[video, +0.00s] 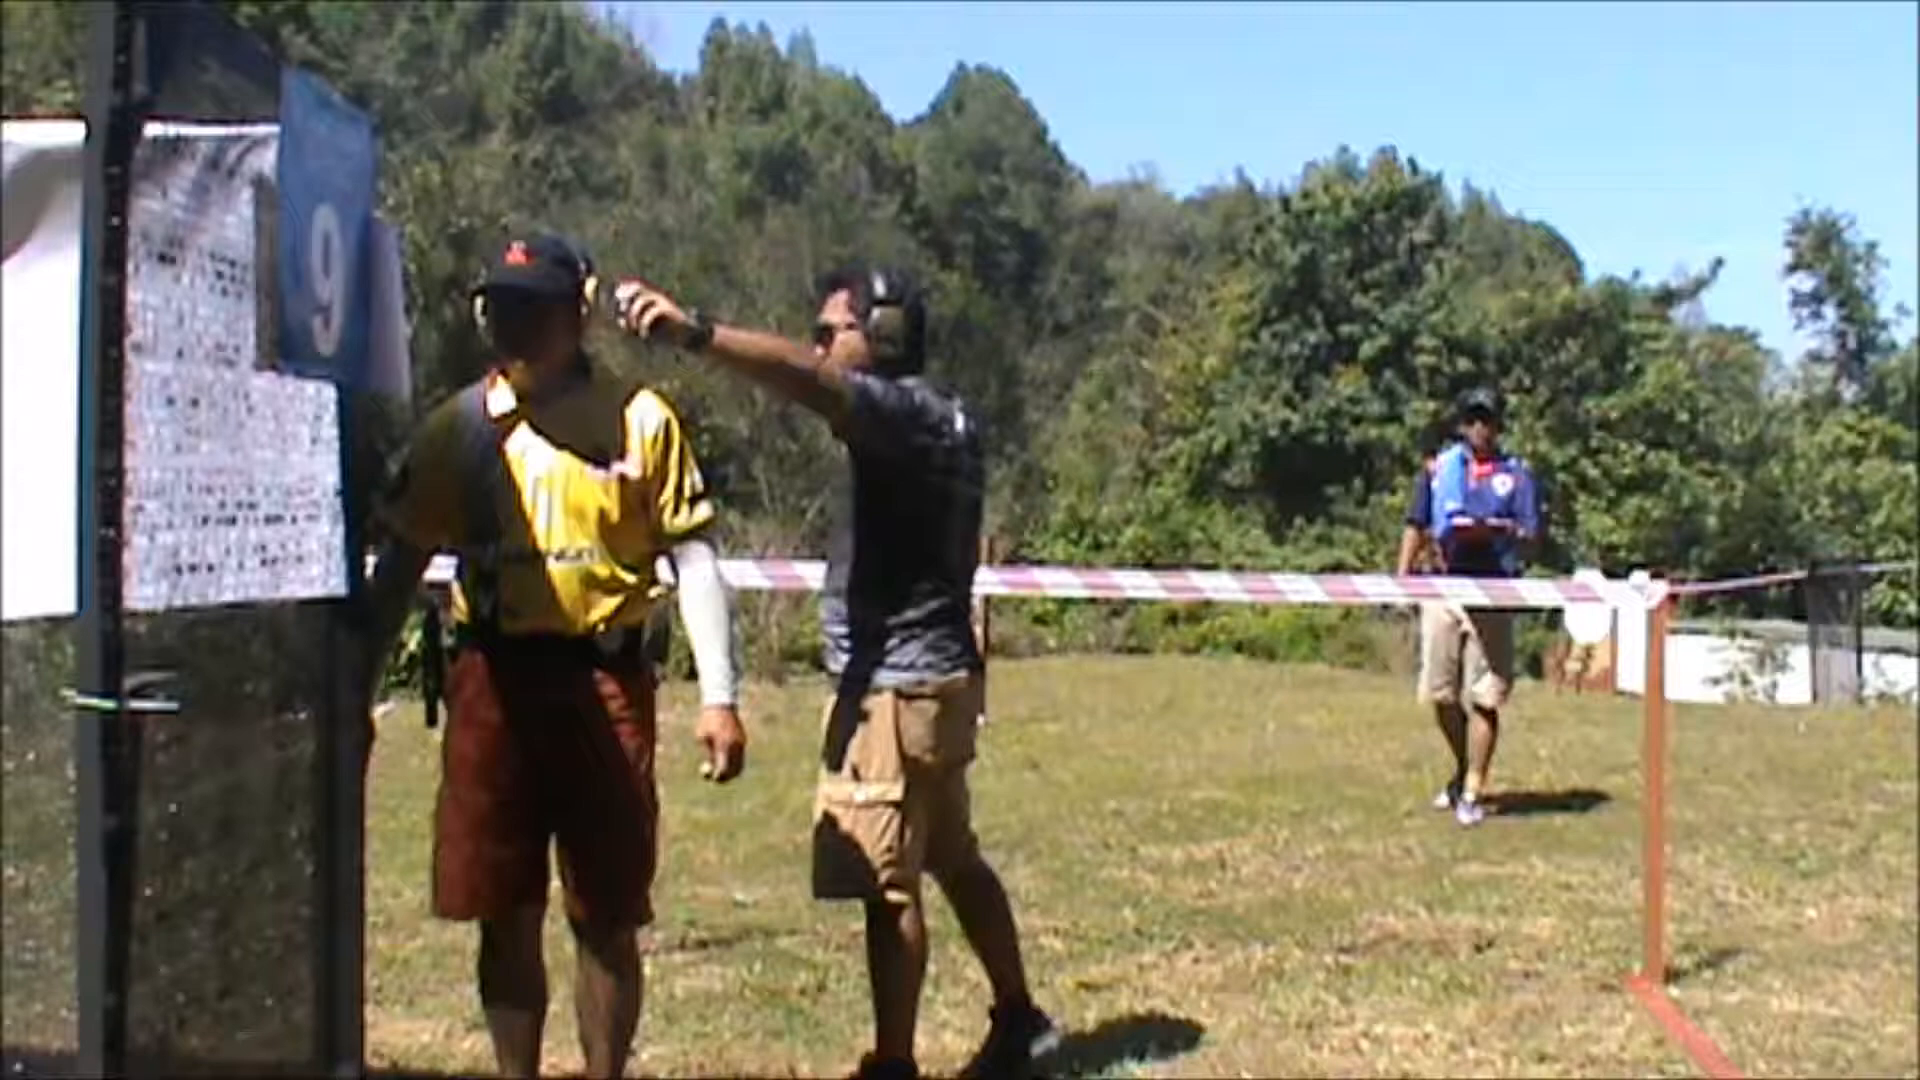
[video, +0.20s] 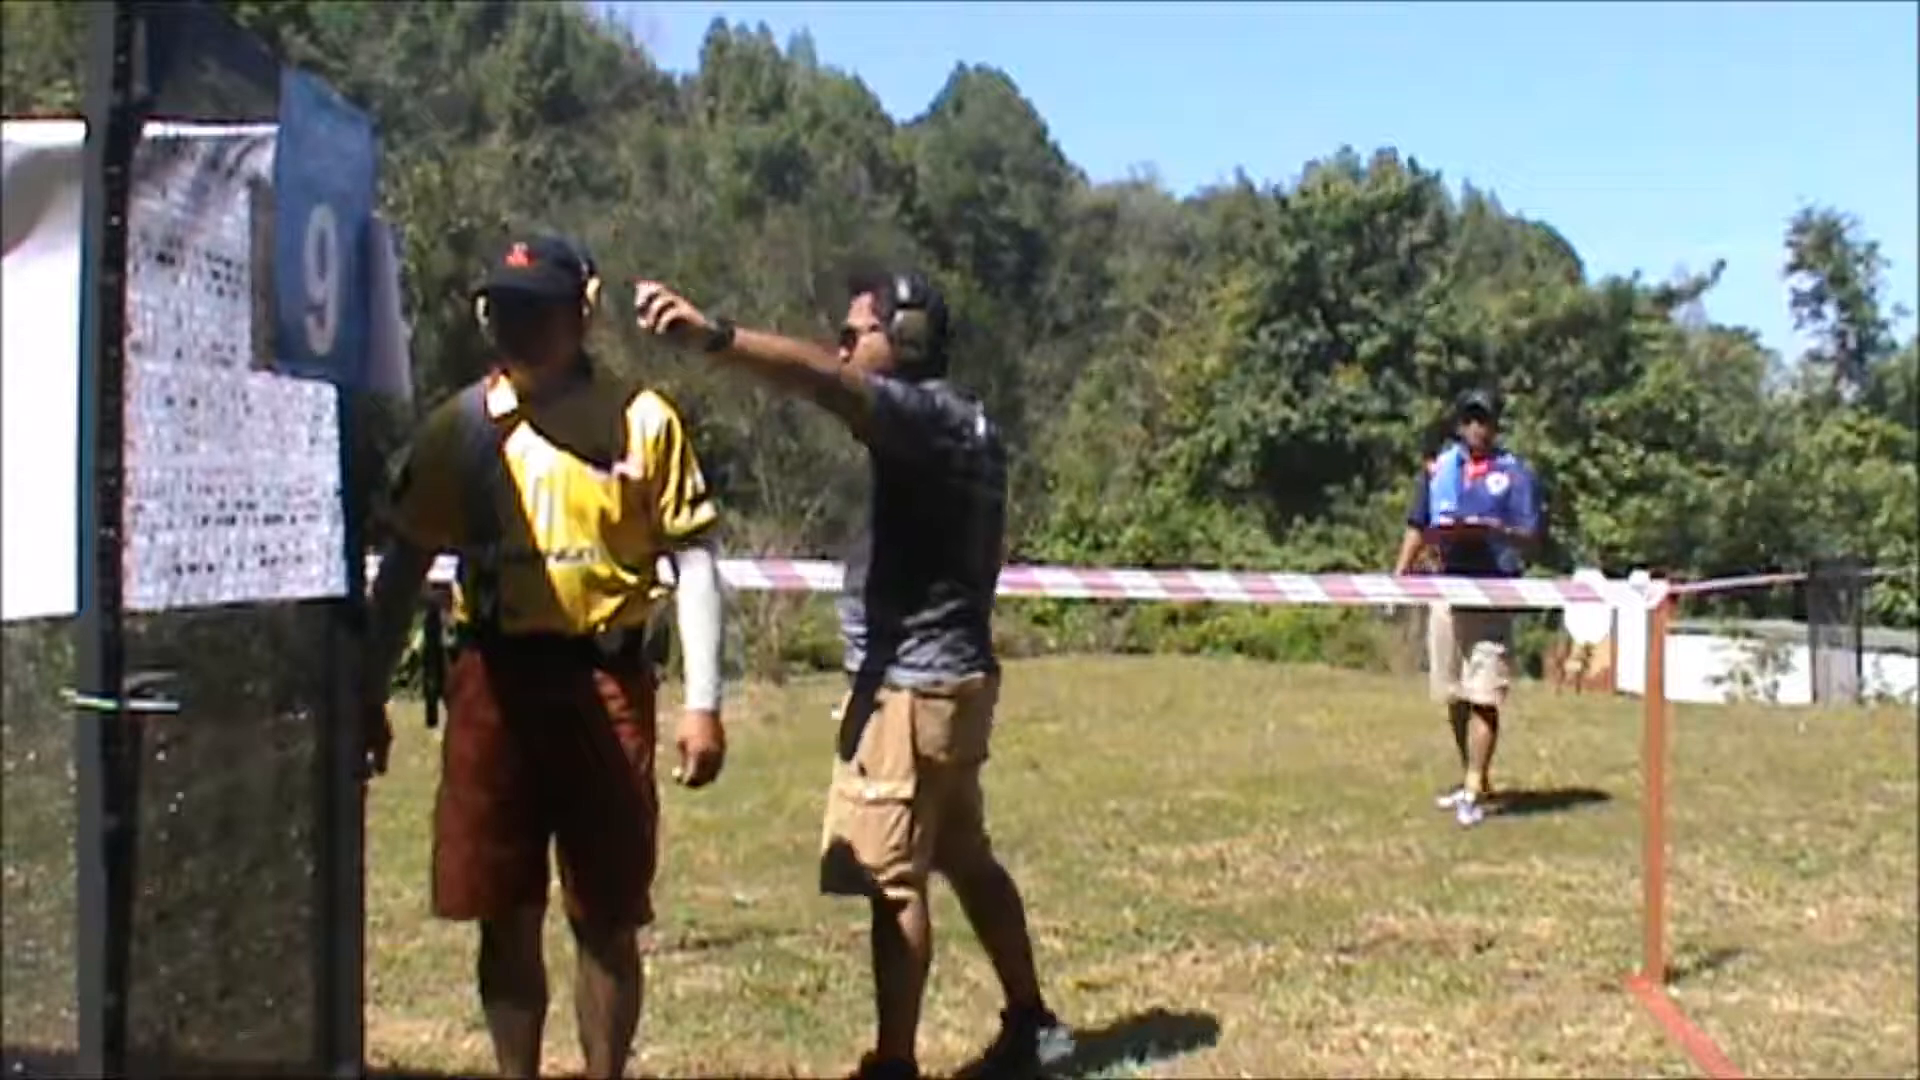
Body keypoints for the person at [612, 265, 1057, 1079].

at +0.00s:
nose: (817, 349)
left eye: (832, 332)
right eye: (819, 333)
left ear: (887, 337)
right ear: (894, 343)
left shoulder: (903, 412)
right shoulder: (947, 417)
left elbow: (809, 377)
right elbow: (961, 556)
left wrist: (694, 333)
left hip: (900, 674)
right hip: (935, 669)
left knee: (888, 875)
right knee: (953, 856)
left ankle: (891, 1057)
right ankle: (1019, 1014)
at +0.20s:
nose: (842, 350)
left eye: (856, 335)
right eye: (845, 335)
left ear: (905, 340)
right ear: (919, 346)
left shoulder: (921, 415)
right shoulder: (971, 423)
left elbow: (824, 376)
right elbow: (976, 563)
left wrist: (712, 335)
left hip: (917, 674)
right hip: (955, 671)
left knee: (893, 872)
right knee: (965, 855)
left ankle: (893, 1055)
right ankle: (1030, 1019)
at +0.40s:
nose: (881, 356)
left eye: (894, 343)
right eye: (883, 341)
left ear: (938, 349)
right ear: (955, 352)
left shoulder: (952, 420)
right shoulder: (999, 425)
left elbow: (867, 386)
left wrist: (763, 341)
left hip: (944, 679)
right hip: (992, 674)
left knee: (905, 879)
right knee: (1003, 863)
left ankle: (893, 1055)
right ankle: (1043, 1033)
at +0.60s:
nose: (905, 357)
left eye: (917, 345)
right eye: (907, 343)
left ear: (957, 354)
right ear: (980, 355)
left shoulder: (976, 418)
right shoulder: (1020, 426)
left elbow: (898, 383)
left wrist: (796, 340)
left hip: (971, 678)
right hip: (1019, 674)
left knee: (891, 860)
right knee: (1020, 862)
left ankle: (910, 1046)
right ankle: (1049, 1036)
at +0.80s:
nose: (910, 355)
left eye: (923, 343)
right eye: (911, 341)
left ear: (962, 351)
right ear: (989, 353)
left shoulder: (974, 415)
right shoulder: (1029, 426)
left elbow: (898, 379)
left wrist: (795, 331)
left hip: (962, 676)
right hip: (1023, 672)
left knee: (913, 872)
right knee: (1020, 861)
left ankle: (951, 1050)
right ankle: (1047, 1037)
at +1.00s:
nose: (898, 351)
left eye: (911, 338)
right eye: (901, 336)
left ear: (953, 347)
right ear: (980, 350)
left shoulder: (963, 417)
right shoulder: (1026, 433)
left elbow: (883, 380)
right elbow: (1020, 571)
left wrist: (778, 330)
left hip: (956, 677)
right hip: (1016, 672)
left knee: (938, 875)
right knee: (1015, 863)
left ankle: (954, 1052)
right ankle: (1046, 1035)